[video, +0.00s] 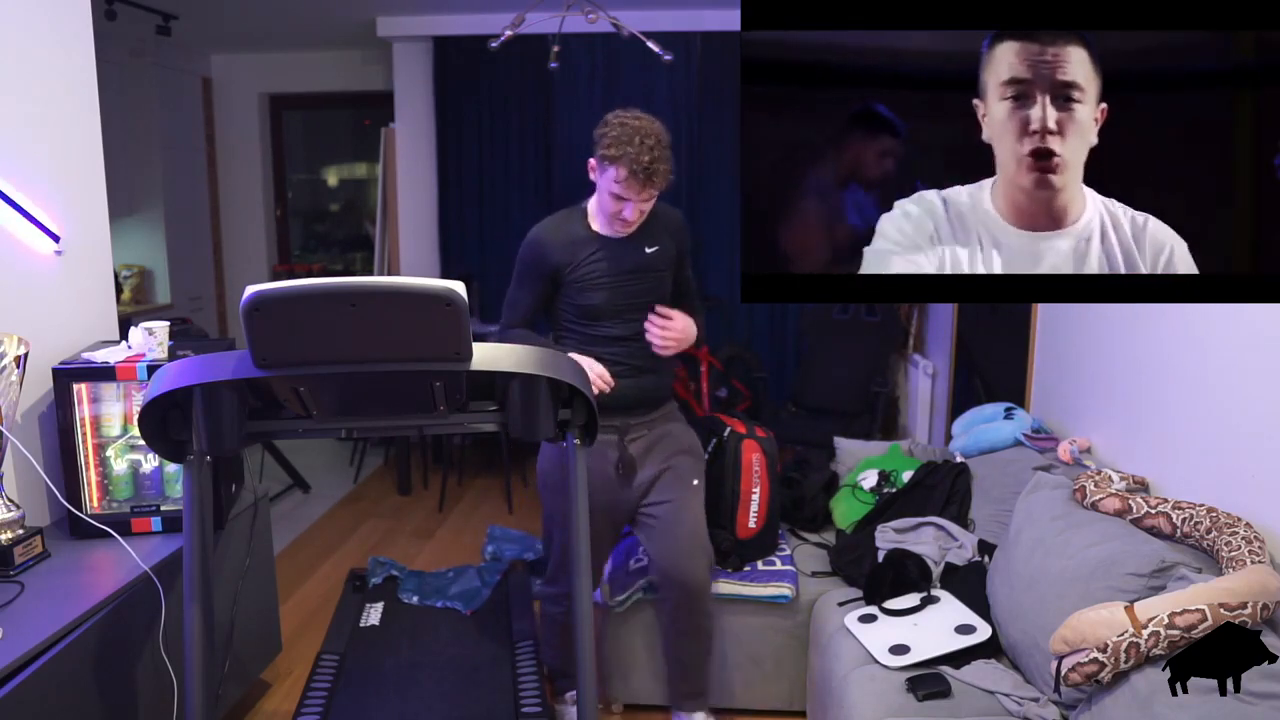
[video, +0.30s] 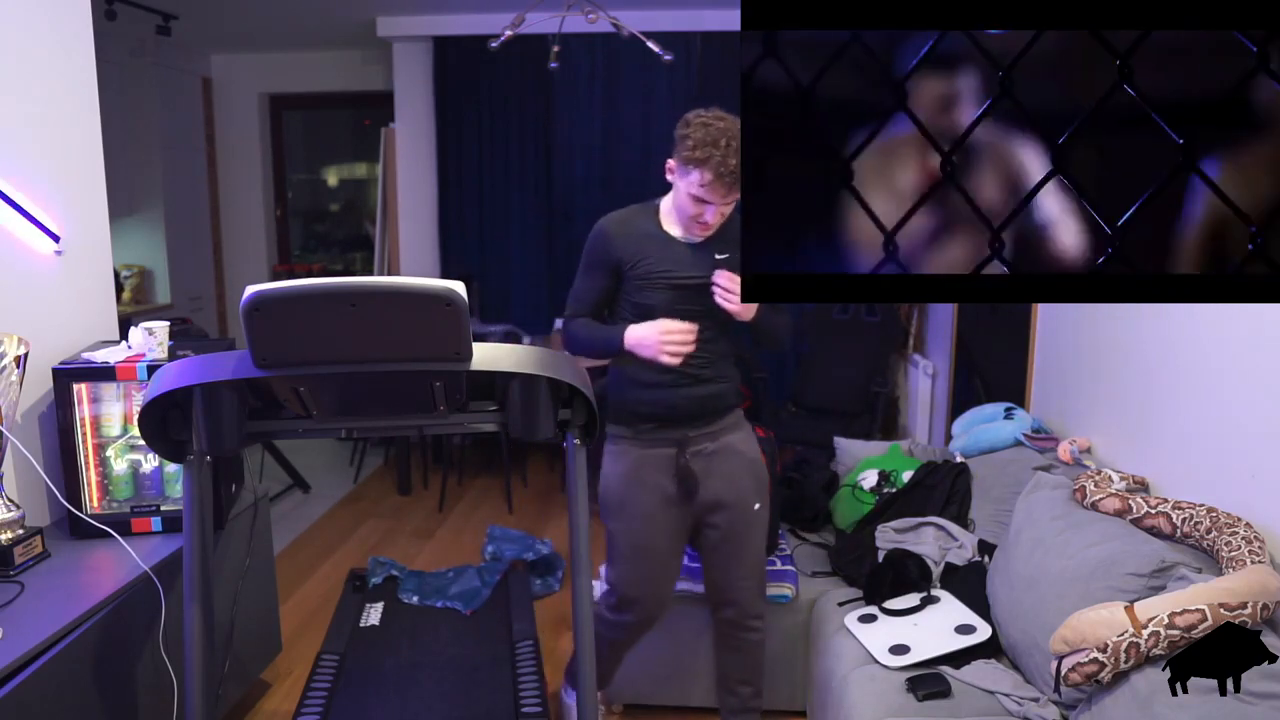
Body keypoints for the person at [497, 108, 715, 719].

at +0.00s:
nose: (631, 214)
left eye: (645, 202)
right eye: (619, 199)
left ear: (660, 184)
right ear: (594, 173)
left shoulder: (670, 229)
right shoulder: (550, 241)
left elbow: (690, 314)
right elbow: (511, 332)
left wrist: (691, 332)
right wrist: (562, 359)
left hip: (662, 430)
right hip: (579, 437)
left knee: (687, 574)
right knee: (569, 584)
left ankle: (690, 709)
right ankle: (567, 700)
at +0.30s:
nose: (710, 216)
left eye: (723, 204)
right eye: (700, 200)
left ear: (740, 188)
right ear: (672, 173)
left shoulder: (741, 236)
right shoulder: (618, 235)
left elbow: (782, 334)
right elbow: (574, 330)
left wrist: (752, 312)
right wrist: (629, 338)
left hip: (727, 441)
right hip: (639, 447)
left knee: (741, 607)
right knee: (636, 598)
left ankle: (743, 716)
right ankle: (576, 693)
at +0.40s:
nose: (730, 213)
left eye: (741, 200)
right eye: (719, 196)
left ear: (758, 184)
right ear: (694, 170)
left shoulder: (764, 235)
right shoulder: (637, 233)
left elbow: (811, 335)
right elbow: (595, 335)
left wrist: (788, 321)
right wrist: (662, 308)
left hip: (742, 443)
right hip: (653, 448)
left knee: (751, 609)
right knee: (669, 604)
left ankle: (743, 715)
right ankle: (593, 686)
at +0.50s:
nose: (735, 208)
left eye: (748, 196)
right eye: (727, 191)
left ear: (764, 180)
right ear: (706, 163)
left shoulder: (773, 235)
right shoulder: (652, 230)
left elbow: (823, 331)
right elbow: (616, 334)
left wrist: (800, 329)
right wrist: (689, 290)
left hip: (753, 443)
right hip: (665, 445)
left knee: (757, 610)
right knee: (685, 605)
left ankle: (747, 715)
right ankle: (625, 702)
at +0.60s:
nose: (741, 198)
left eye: (751, 186)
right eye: (735, 182)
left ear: (770, 176)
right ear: (716, 161)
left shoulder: (785, 233)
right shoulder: (663, 229)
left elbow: (839, 330)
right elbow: (626, 332)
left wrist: (807, 324)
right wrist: (704, 291)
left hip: (762, 445)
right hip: (673, 445)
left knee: (762, 611)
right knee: (691, 609)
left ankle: (750, 713)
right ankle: (660, 714)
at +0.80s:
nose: (748, 198)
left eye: (760, 184)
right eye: (742, 183)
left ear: (780, 176)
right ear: (720, 168)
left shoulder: (799, 228)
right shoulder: (672, 233)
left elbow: (851, 339)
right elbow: (644, 351)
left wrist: (800, 251)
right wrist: (723, 307)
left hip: (776, 458)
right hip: (684, 462)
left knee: (767, 629)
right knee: (703, 635)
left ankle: (751, 715)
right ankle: (705, 719)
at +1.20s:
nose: (744, 151)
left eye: (755, 141)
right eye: (733, 138)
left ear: (774, 155)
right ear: (708, 150)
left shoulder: (786, 215)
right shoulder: (660, 223)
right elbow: (657, 304)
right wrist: (721, 190)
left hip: (790, 479)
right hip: (689, 486)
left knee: (801, 663)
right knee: (699, 678)